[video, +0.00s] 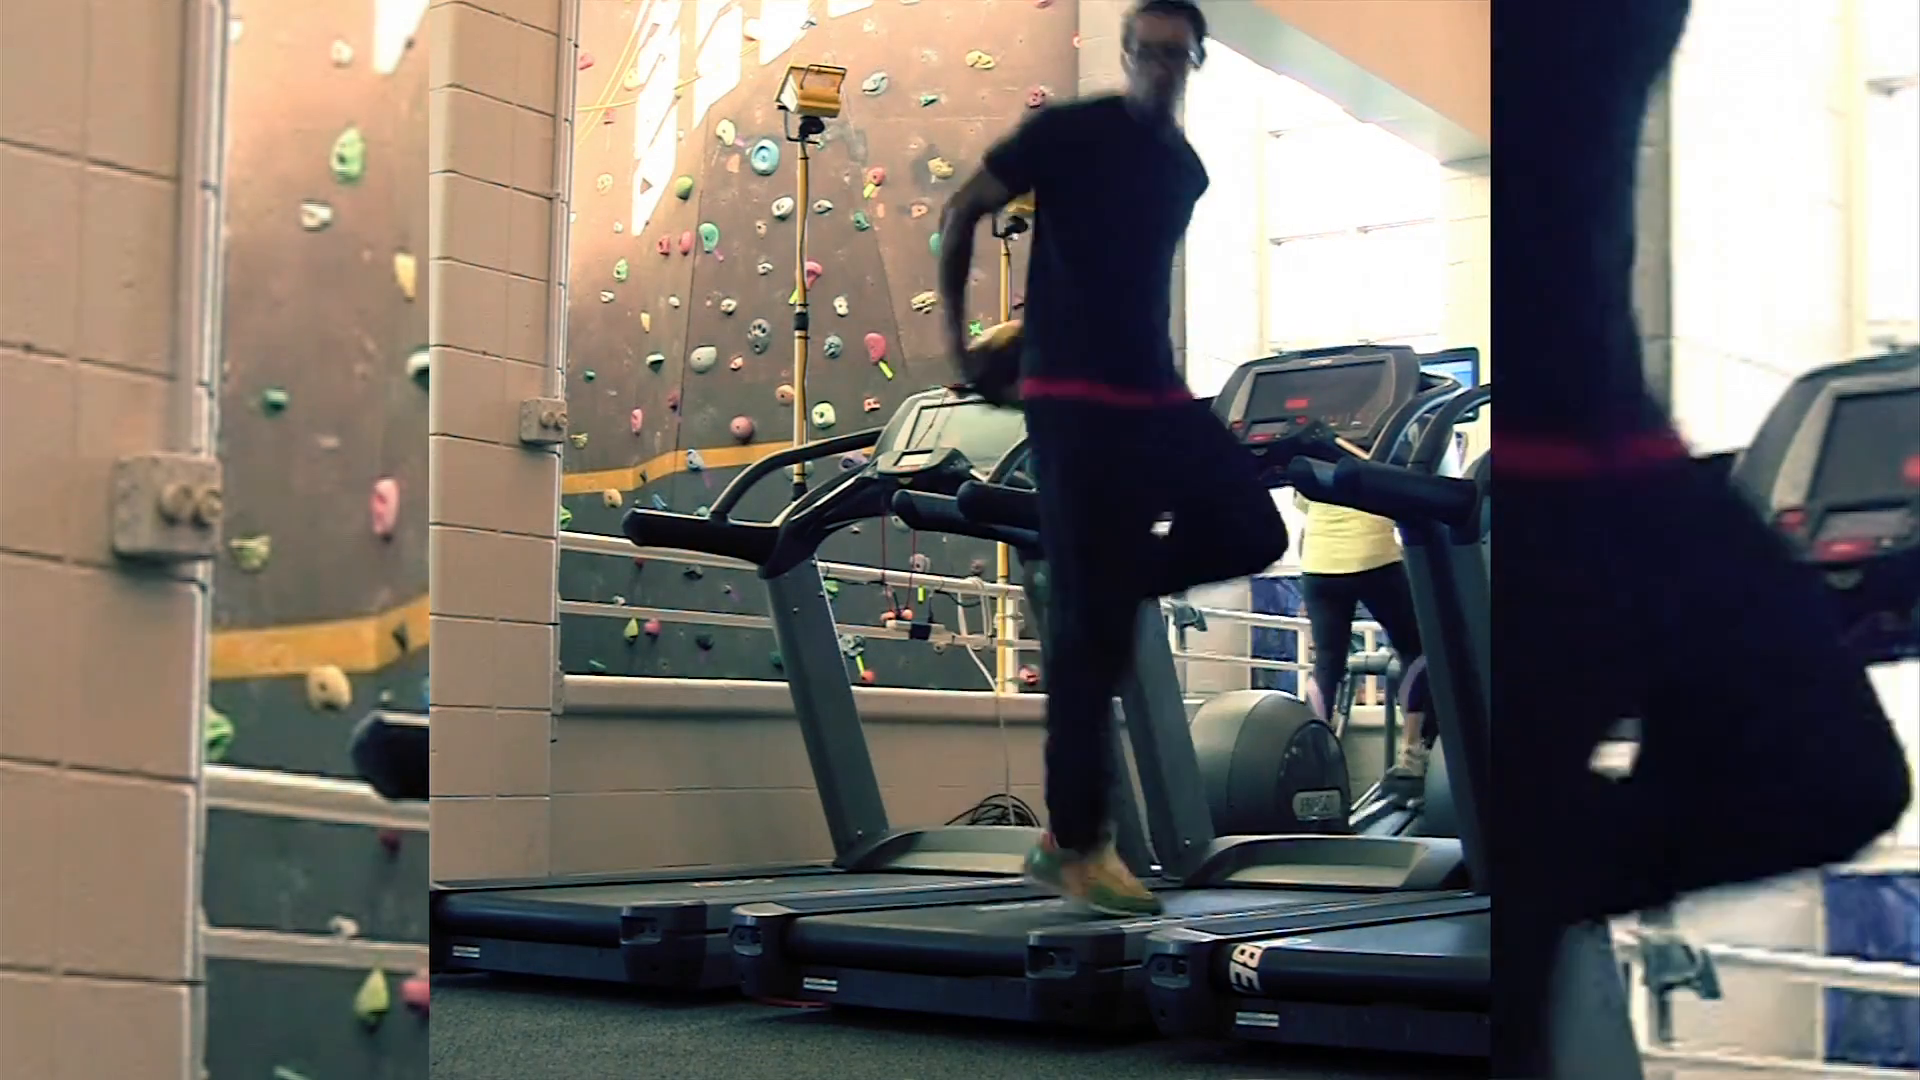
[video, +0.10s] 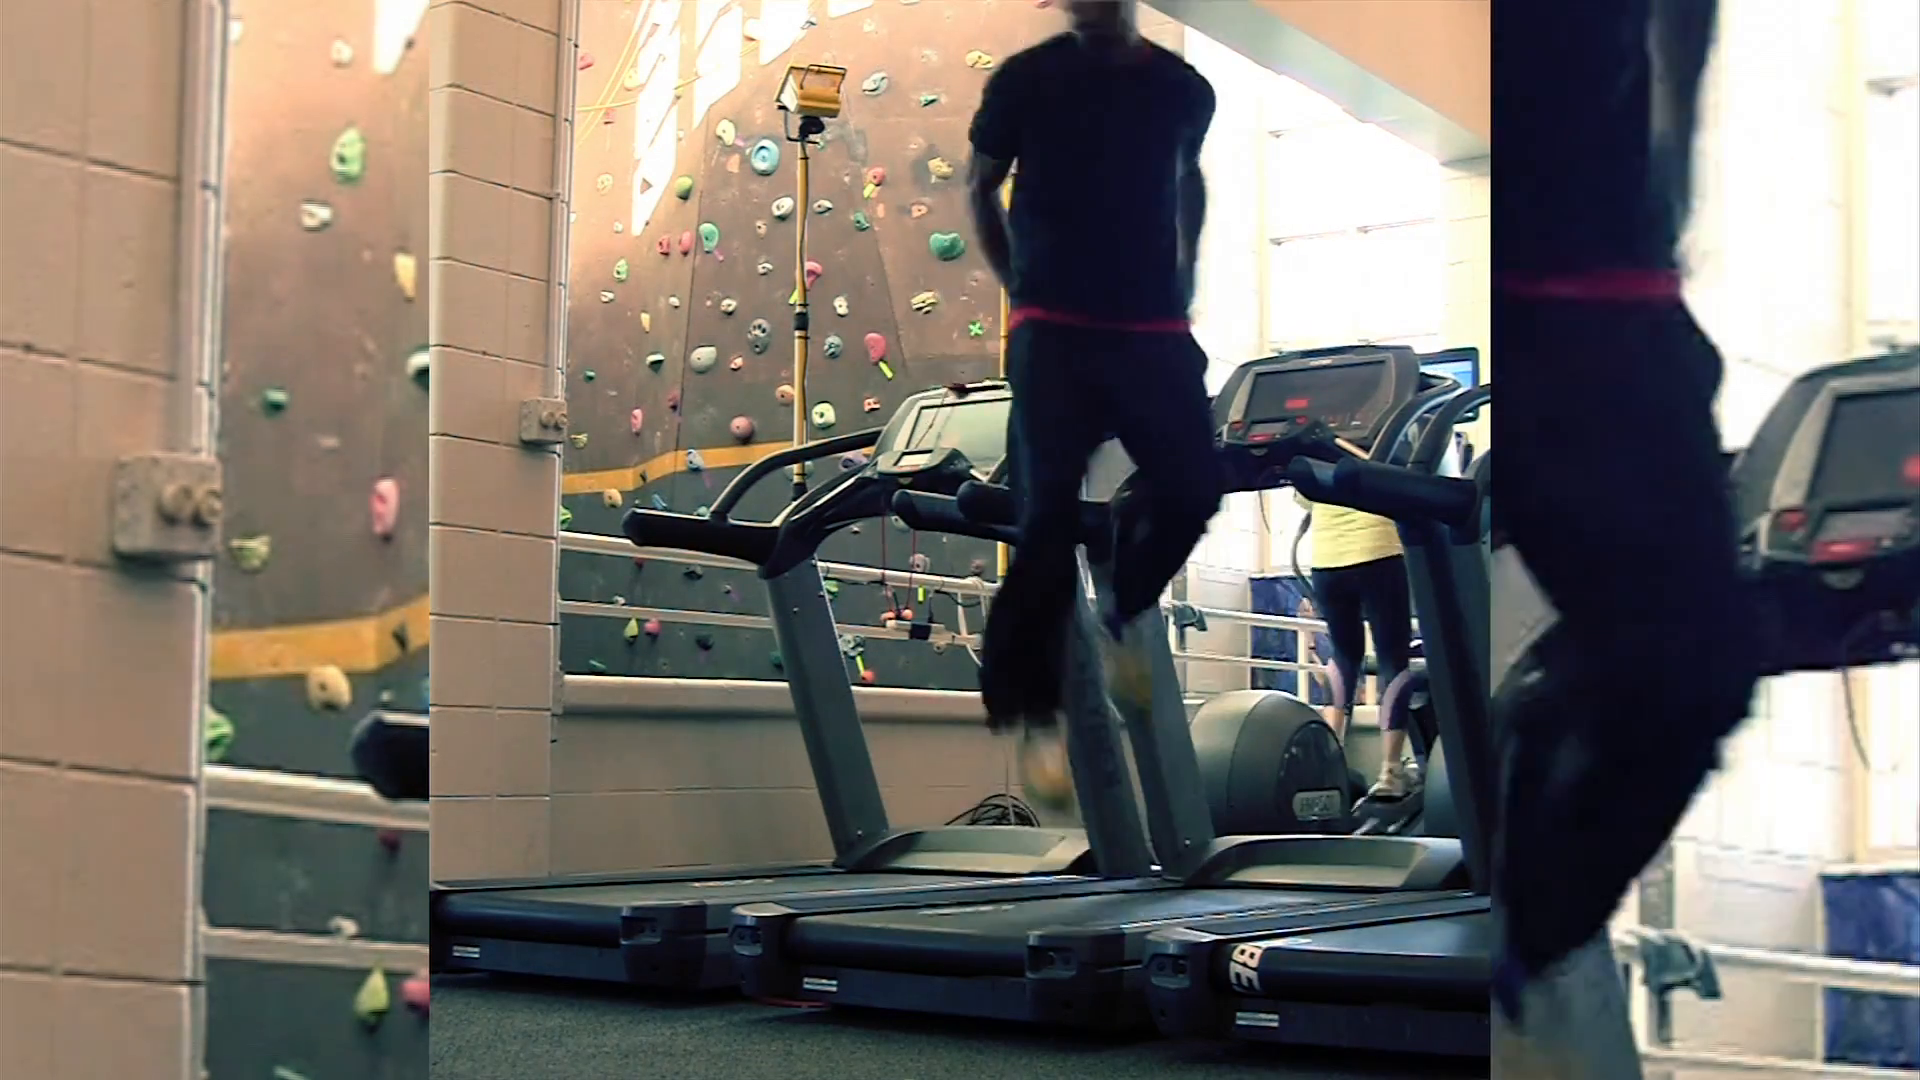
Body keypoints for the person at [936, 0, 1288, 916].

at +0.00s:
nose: (1161, 70)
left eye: (1177, 56)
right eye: (1148, 52)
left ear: (1196, 63)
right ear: (1122, 52)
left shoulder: (1183, 167)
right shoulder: (1064, 131)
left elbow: (1144, 278)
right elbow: (961, 211)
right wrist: (955, 346)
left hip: (1161, 398)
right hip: (1076, 401)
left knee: (1251, 536)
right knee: (1092, 613)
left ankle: (1096, 581)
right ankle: (1078, 847)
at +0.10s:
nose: (1099, 12)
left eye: (1109, 4)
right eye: (1088, 5)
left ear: (1130, 6)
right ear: (1071, 7)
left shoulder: (1179, 82)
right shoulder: (1024, 77)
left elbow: (1188, 180)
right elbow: (978, 190)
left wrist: (1181, 276)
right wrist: (1015, 284)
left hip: (1155, 338)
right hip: (1054, 337)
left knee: (1191, 489)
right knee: (1047, 526)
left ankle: (1118, 607)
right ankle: (1030, 720)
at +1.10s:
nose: (958, 179)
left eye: (963, 163)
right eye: (958, 165)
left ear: (997, 157)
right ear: (1042, 162)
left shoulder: (978, 241)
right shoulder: (1124, 224)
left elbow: (904, 370)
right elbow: (1229, 324)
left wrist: (795, 396)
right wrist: (1183, 410)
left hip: (1045, 469)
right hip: (1136, 465)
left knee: (1059, 653)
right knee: (1119, 677)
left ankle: (1025, 782)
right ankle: (1035, 848)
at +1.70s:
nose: (965, 186)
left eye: (974, 166)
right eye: (960, 171)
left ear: (1024, 156)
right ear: (1036, 164)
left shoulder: (1033, 243)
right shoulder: (1107, 232)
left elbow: (1022, 388)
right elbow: (1169, 362)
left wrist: (907, 455)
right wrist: (1101, 431)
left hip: (1067, 485)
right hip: (1141, 478)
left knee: (1042, 681)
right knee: (1120, 675)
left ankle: (1101, 863)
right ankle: (1235, 754)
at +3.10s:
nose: (1192, 146)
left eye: (1197, 133)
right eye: (1187, 125)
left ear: (1147, 113)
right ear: (1141, 104)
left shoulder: (1124, 207)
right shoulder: (1068, 158)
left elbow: (1080, 335)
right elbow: (946, 214)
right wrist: (960, 318)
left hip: (1142, 455)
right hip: (1071, 447)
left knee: (1200, 627)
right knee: (1057, 639)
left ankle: (1141, 835)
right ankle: (1023, 844)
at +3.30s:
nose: (1188, 180)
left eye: (1195, 165)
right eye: (1187, 159)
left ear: (1136, 137)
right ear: (1150, 138)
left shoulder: (1060, 224)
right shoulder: (1096, 188)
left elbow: (1013, 369)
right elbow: (1089, 229)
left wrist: (1028, 489)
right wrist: (1175, 309)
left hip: (1075, 462)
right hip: (1082, 456)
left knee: (1156, 642)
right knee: (1088, 642)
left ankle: (1087, 856)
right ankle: (984, 857)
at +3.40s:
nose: (1184, 199)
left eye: (1188, 186)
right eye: (1184, 181)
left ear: (1117, 160)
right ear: (1152, 154)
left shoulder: (1034, 242)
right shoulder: (1126, 192)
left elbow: (1003, 377)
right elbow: (1152, 242)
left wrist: (1023, 467)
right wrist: (1251, 323)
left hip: (1036, 467)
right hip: (1095, 455)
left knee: (1115, 662)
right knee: (1117, 654)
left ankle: (1068, 856)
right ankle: (982, 843)